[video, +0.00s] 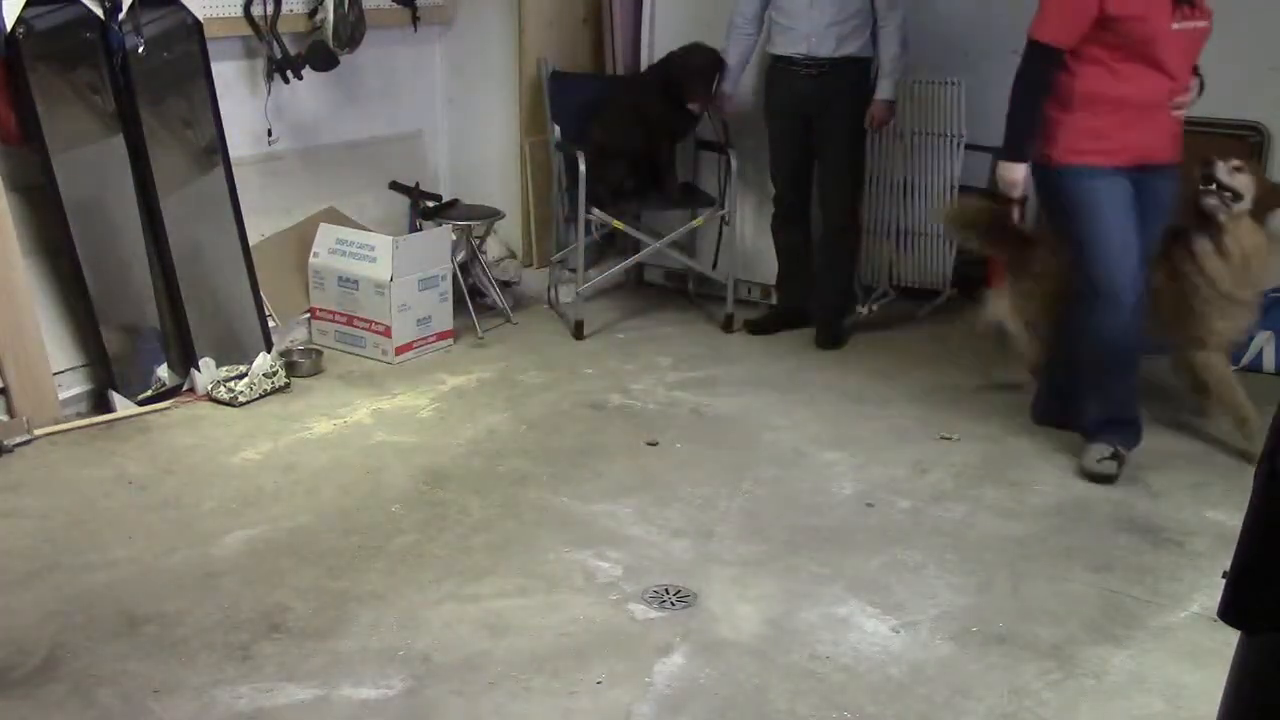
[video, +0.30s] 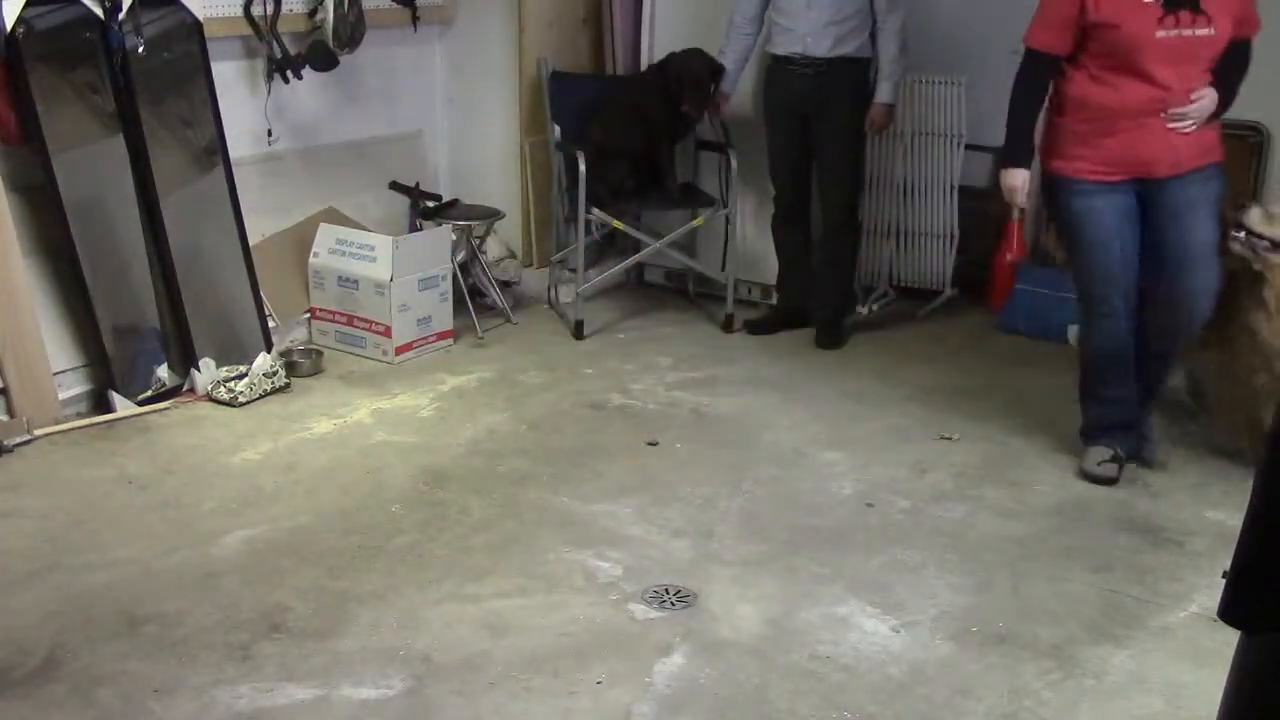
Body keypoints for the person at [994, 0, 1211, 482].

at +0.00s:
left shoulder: (1194, 6)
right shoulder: (1083, 5)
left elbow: (1169, 46)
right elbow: (1041, 55)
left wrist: (1191, 78)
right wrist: (1015, 153)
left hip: (1156, 151)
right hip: (1084, 148)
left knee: (1118, 287)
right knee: (1117, 288)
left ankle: (1061, 400)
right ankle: (1108, 433)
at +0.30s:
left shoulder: (1229, 2)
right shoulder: (1076, 4)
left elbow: (1240, 39)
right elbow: (1039, 59)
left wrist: (1219, 92)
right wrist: (1016, 154)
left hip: (1186, 157)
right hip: (1092, 156)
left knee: (1190, 296)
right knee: (1109, 302)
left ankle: (1134, 410)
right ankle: (1104, 435)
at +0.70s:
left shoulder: (1254, 6)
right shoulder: (1085, 3)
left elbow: (1275, 79)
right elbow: (1045, 68)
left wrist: (1222, 129)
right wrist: (1005, 167)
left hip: (1195, 182)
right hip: (1097, 181)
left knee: (1165, 355)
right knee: (1100, 332)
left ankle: (1162, 520)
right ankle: (1110, 439)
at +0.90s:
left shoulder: (1248, 6)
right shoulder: (1076, 3)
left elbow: (1275, 77)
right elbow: (1049, 62)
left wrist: (1197, 130)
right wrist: (1007, 161)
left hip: (1186, 201)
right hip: (1074, 186)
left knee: (1159, 370)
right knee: (1034, 334)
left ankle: (1162, 526)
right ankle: (1082, 469)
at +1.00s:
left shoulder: (1235, 5)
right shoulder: (1062, 3)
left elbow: (1271, 79)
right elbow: (1043, 67)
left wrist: (1168, 141)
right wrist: (1006, 166)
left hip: (1170, 208)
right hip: (1054, 191)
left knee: (1153, 379)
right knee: (1014, 353)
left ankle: (1157, 546)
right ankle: (1011, 534)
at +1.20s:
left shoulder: (1151, 5)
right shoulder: (999, 5)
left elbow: (1194, 97)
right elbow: (988, 94)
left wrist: (1077, 158)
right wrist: (963, 192)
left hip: (1105, 233)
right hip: (994, 220)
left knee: (1109, 408)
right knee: (974, 394)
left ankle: (1128, 574)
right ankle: (980, 568)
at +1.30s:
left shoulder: (1112, 6)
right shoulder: (965, 8)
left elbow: (1147, 93)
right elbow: (958, 98)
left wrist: (1025, 153)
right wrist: (916, 188)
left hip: (1059, 227)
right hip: (963, 217)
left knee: (1044, 402)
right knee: (960, 401)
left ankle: (1058, 563)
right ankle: (973, 565)